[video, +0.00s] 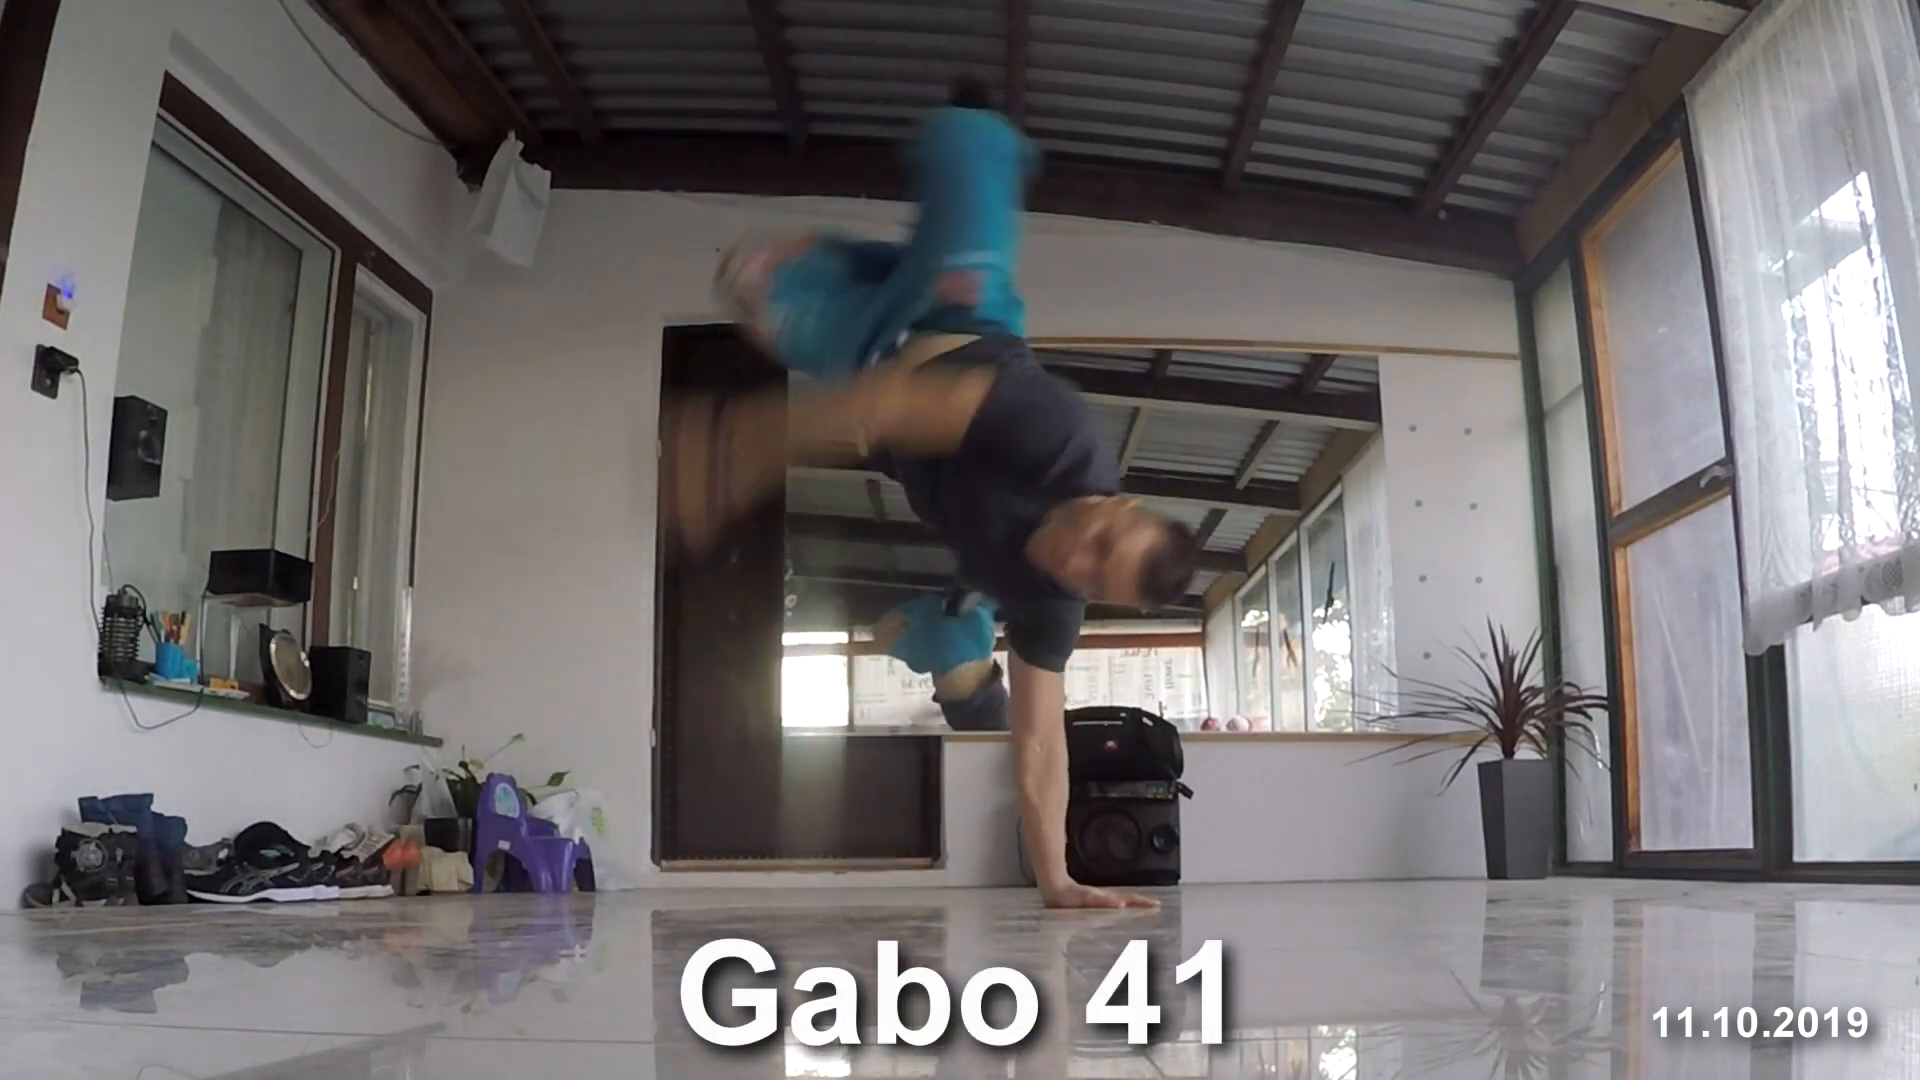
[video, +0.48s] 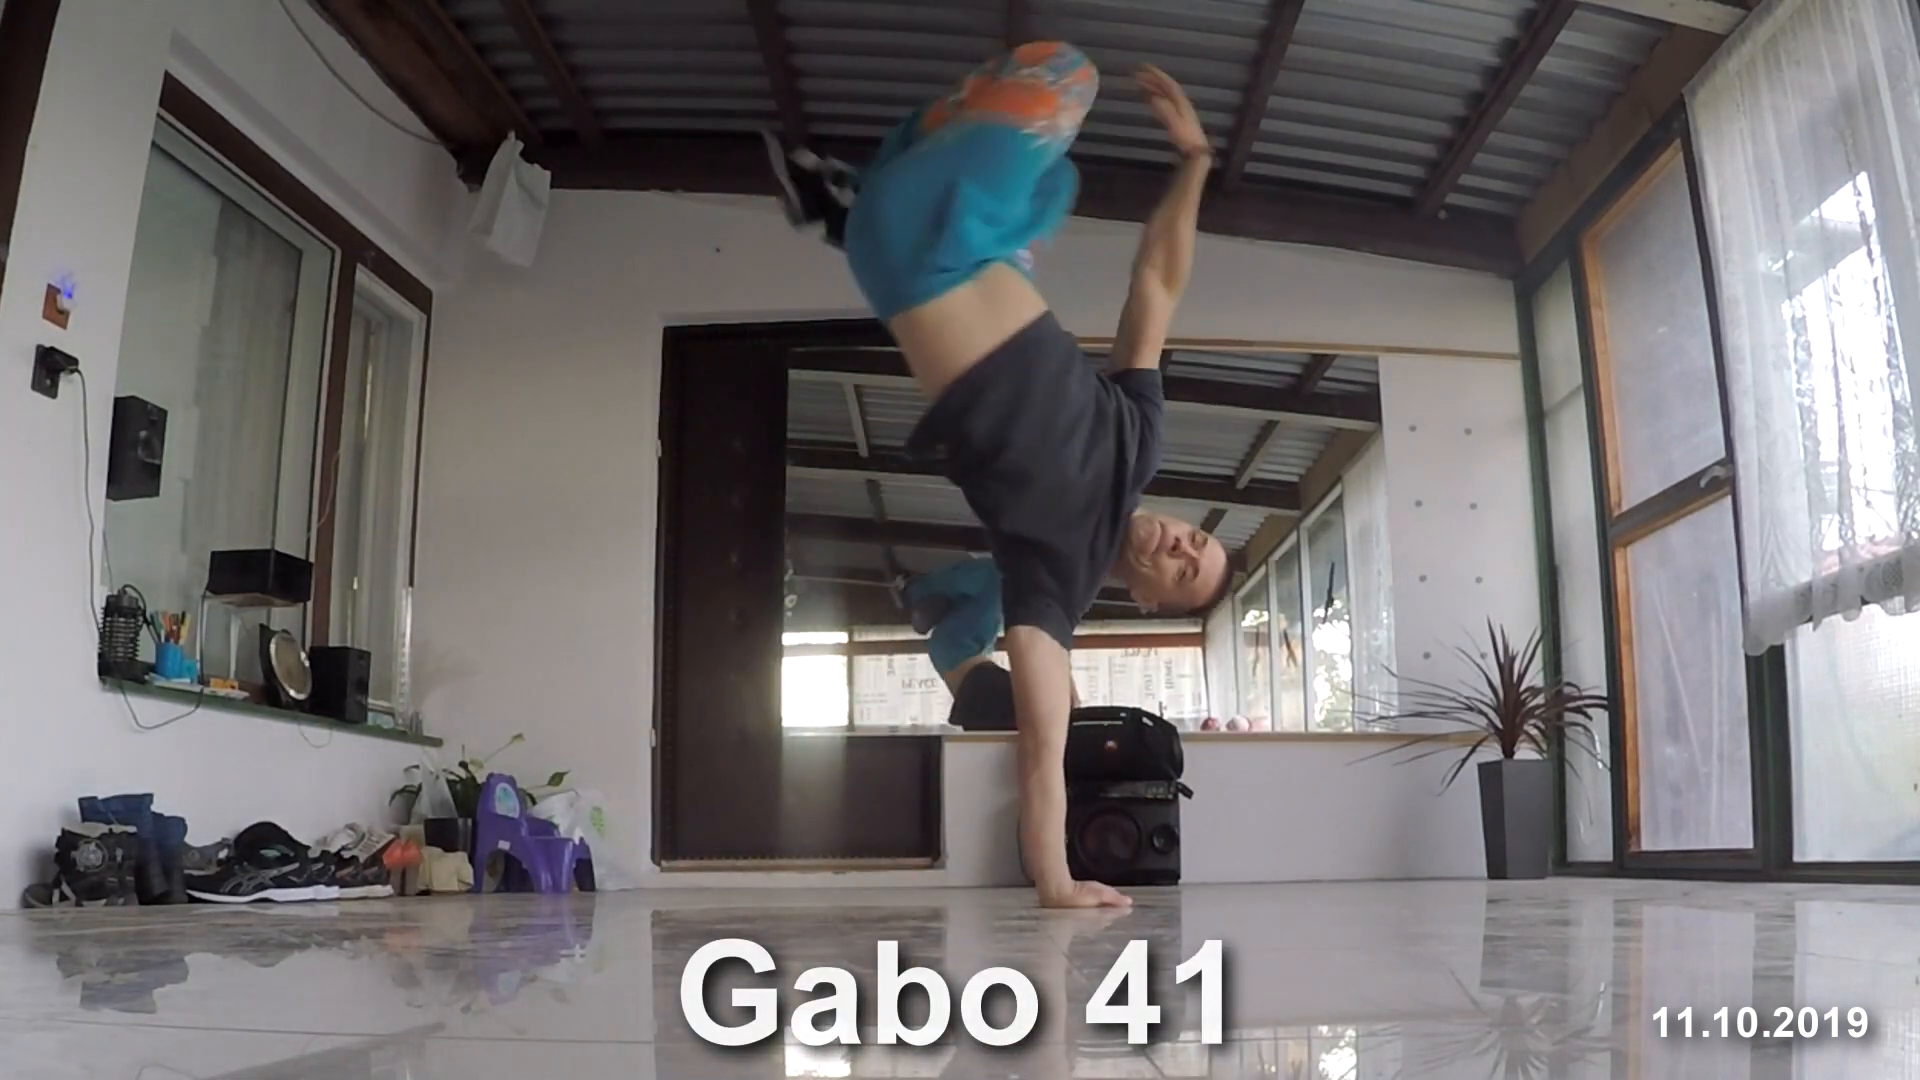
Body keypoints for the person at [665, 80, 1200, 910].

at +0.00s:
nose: (1077, 560)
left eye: (1094, 578)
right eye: (1100, 543)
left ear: (1103, 601)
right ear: (1118, 502)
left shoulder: (1046, 606)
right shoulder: (1051, 431)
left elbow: (1040, 739)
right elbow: (882, 403)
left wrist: (1054, 880)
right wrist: (727, 457)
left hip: (880, 387)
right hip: (955, 316)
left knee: (768, 299)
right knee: (971, 137)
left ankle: (829, 261)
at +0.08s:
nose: (1108, 544)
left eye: (1126, 567)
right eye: (1134, 529)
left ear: (1127, 590)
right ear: (1152, 495)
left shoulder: (1047, 597)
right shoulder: (1096, 413)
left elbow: (1035, 730)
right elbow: (959, 310)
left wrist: (1052, 879)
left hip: (879, 384)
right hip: (957, 331)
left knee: (824, 223)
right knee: (1053, 148)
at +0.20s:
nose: (1148, 531)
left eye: (1160, 560)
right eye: (1174, 521)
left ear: (1154, 589)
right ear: (1188, 495)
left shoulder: (1045, 592)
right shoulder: (1140, 423)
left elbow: (1030, 727)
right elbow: (1064, 273)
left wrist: (1054, 882)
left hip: (871, 325)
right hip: (974, 300)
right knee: (1108, 160)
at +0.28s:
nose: (1173, 537)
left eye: (1179, 565)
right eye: (1194, 532)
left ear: (1158, 592)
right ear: (1188, 511)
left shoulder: (1046, 586)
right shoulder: (1146, 430)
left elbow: (1032, 735)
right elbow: (1111, 279)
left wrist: (1054, 885)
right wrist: (1070, 130)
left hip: (888, 275)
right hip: (975, 280)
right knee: (1115, 174)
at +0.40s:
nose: (1181, 549)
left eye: (1183, 576)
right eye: (1201, 545)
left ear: (1156, 595)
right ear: (1189, 519)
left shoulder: (1050, 581)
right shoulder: (1143, 430)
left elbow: (1037, 742)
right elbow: (1136, 277)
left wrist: (1054, 886)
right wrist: (1141, 141)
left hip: (890, 267)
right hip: (959, 240)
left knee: (1046, 66)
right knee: (1083, 187)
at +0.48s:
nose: (1180, 544)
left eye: (1185, 573)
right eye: (1197, 539)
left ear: (1155, 599)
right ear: (1184, 515)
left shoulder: (1053, 574)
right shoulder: (1136, 427)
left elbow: (1044, 736)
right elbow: (1159, 280)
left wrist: (1052, 880)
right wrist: (1194, 159)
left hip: (912, 253)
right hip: (975, 233)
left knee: (1059, 76)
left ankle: (850, 197)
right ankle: (848, 197)